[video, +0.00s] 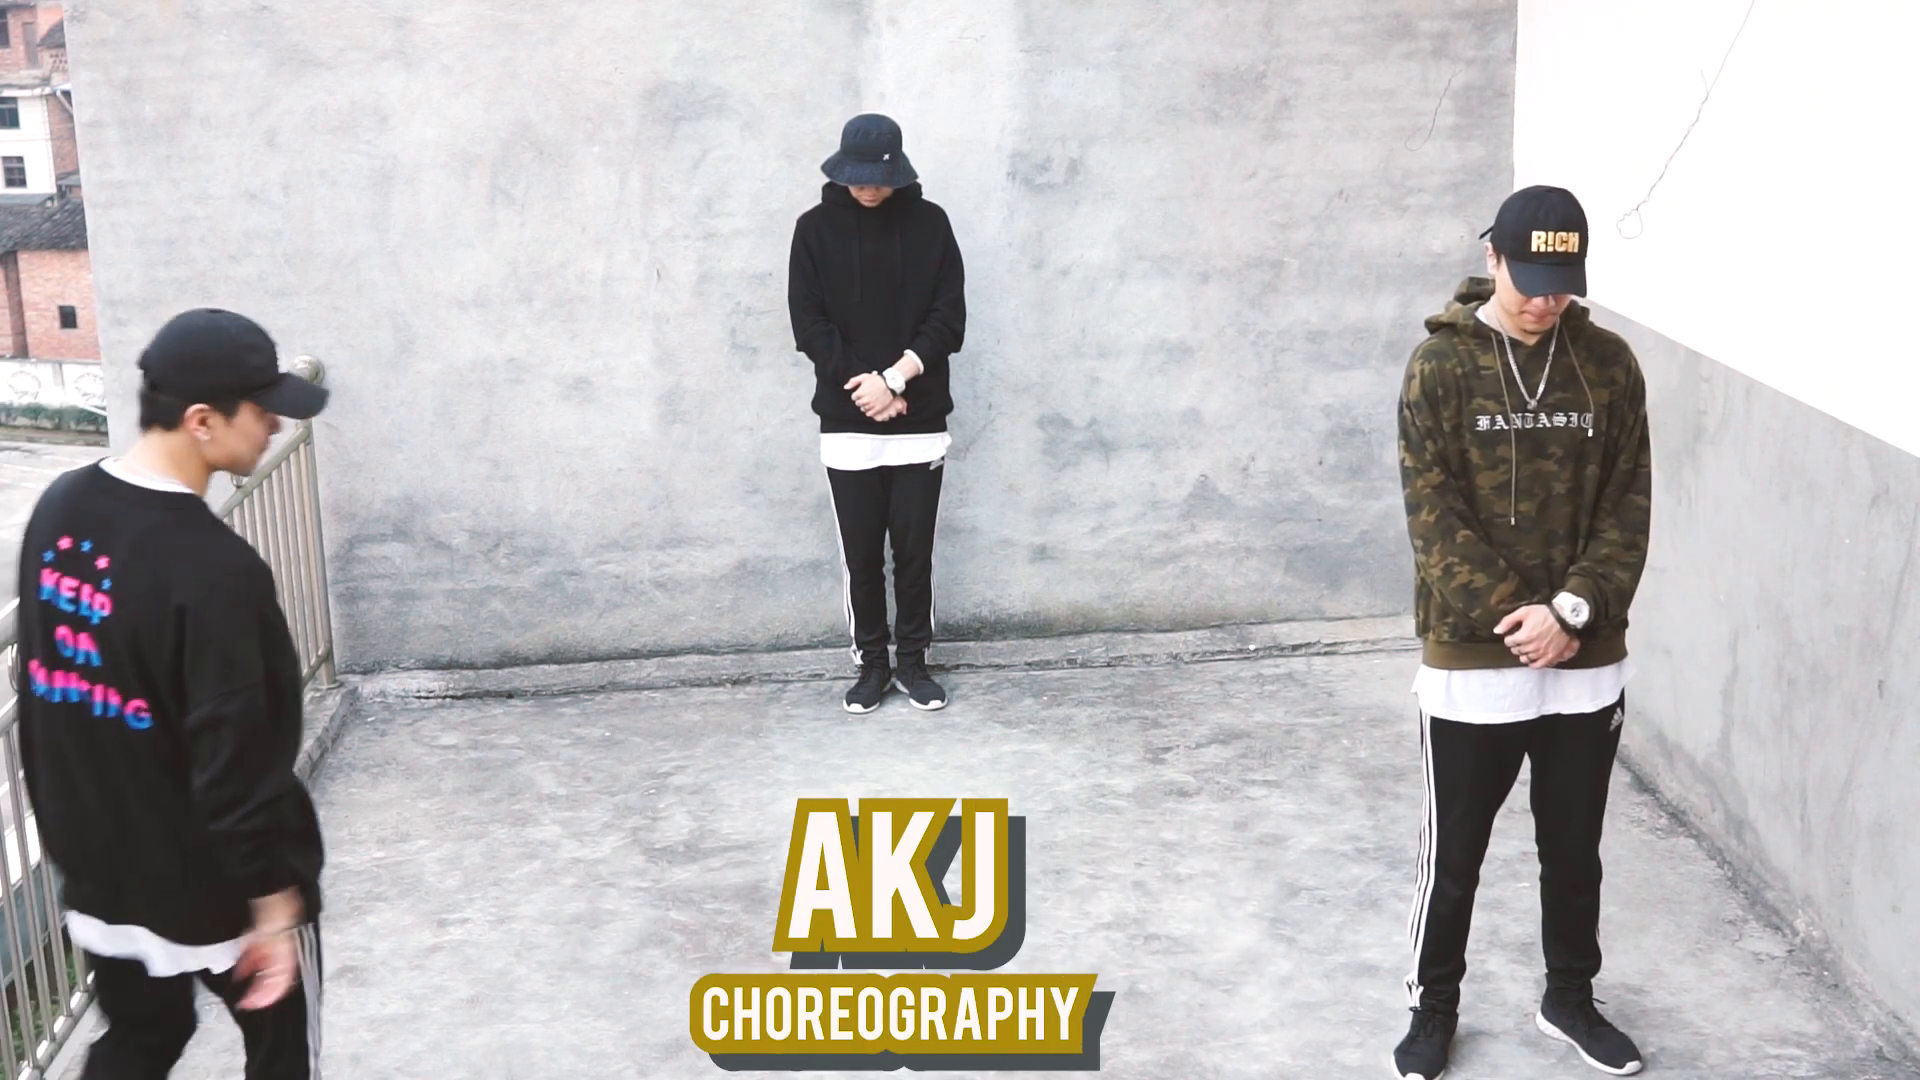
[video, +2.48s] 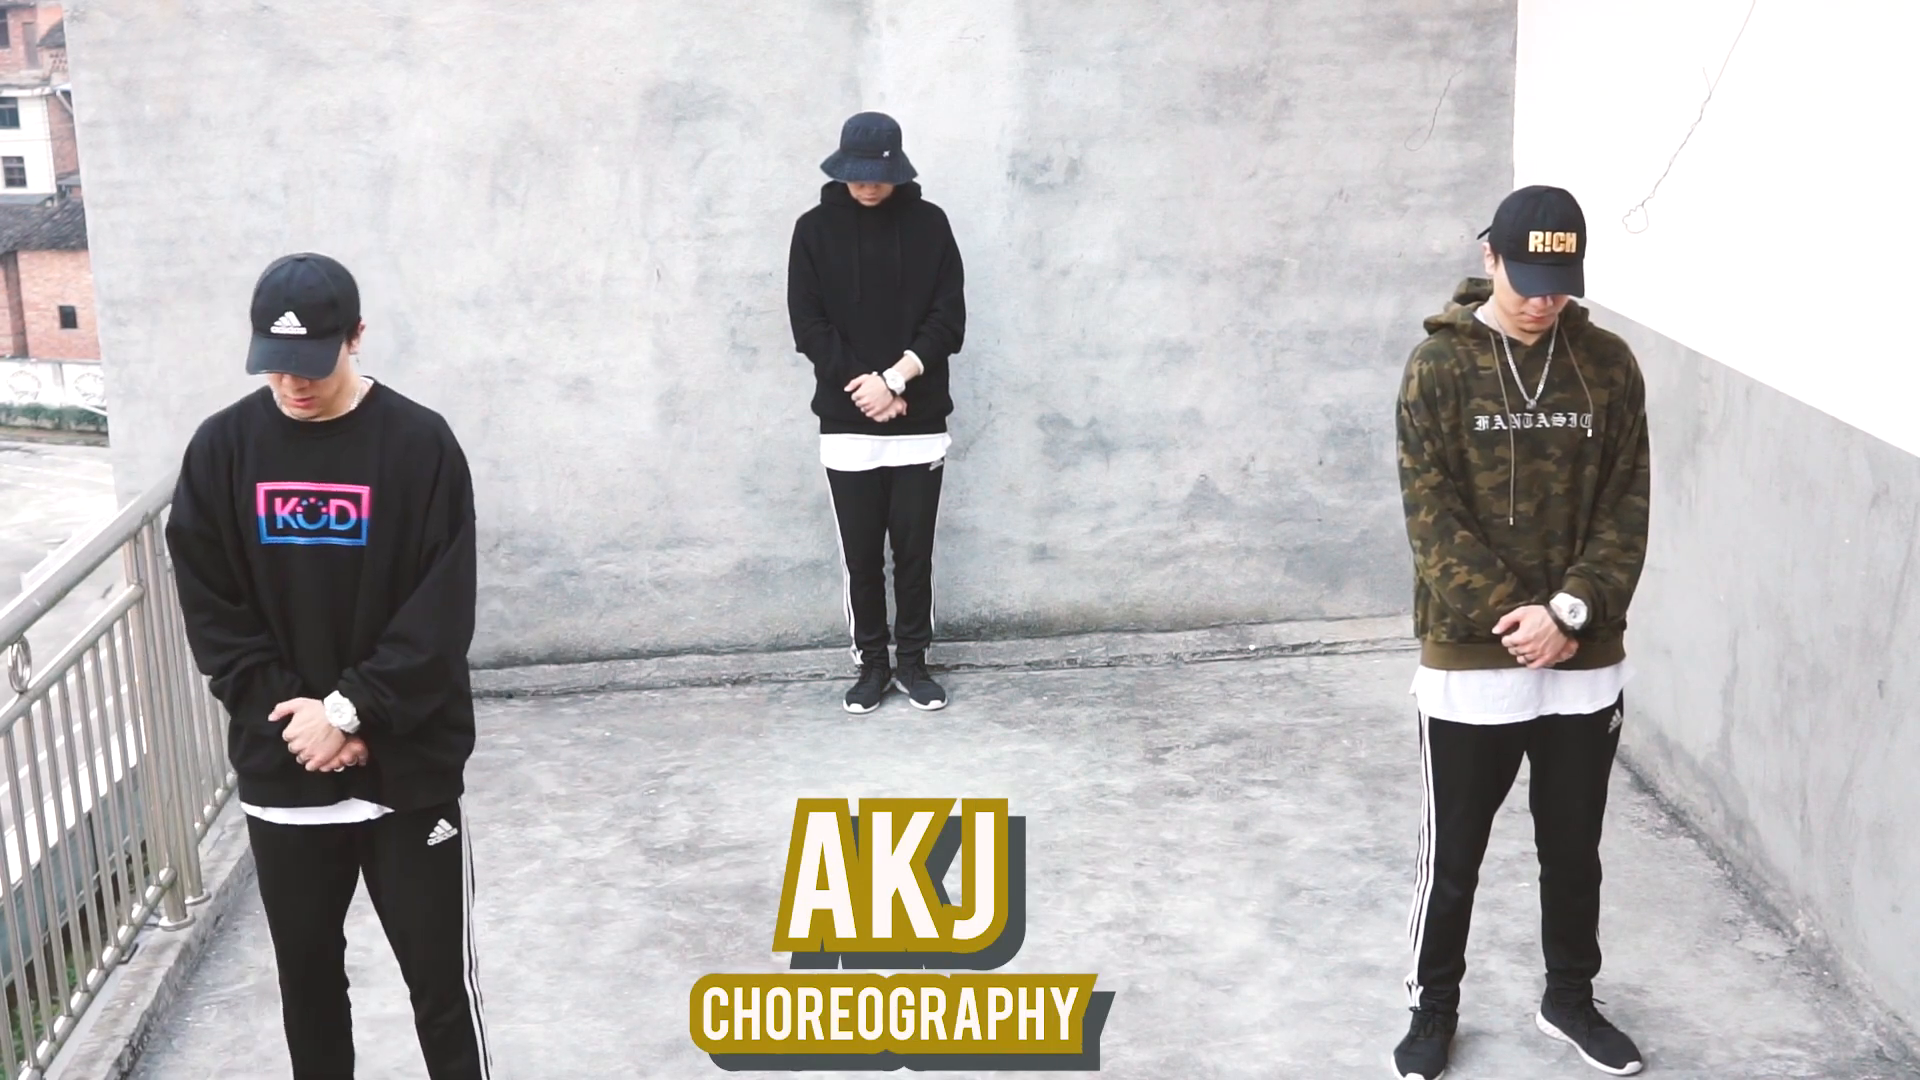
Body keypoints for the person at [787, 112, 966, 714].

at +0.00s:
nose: (869, 189)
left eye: (880, 179)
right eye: (858, 178)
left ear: (898, 173)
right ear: (841, 173)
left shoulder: (929, 222)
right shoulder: (815, 228)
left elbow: (949, 317)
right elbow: (808, 325)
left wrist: (895, 374)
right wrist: (864, 387)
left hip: (920, 415)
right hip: (846, 419)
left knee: (913, 550)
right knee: (862, 553)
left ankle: (913, 663)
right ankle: (873, 667)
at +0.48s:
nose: (871, 189)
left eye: (882, 179)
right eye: (860, 178)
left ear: (900, 173)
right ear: (843, 173)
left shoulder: (930, 222)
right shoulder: (817, 228)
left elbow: (950, 317)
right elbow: (809, 324)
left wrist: (896, 375)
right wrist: (864, 387)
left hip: (921, 416)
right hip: (846, 419)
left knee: (914, 551)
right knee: (862, 554)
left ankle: (913, 664)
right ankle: (873, 667)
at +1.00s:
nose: (869, 189)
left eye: (881, 179)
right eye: (859, 178)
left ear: (900, 173)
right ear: (843, 173)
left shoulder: (930, 222)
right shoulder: (817, 228)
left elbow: (950, 318)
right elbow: (808, 325)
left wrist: (897, 375)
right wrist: (865, 387)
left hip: (920, 416)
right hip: (846, 419)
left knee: (913, 550)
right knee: (862, 553)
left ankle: (913, 663)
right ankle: (873, 667)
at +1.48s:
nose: (868, 188)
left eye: (879, 177)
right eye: (857, 177)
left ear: (898, 172)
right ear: (841, 173)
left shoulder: (928, 222)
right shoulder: (815, 228)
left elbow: (949, 317)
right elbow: (807, 324)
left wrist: (897, 374)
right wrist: (863, 387)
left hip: (920, 415)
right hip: (846, 418)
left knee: (913, 549)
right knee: (861, 552)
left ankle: (913, 663)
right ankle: (873, 667)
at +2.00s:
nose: (868, 187)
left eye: (879, 177)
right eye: (857, 176)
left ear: (898, 172)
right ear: (841, 172)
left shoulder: (928, 222)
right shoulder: (814, 228)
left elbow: (949, 317)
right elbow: (806, 325)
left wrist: (896, 374)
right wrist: (863, 387)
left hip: (919, 416)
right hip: (845, 419)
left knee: (913, 549)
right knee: (861, 552)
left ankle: (912, 663)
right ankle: (872, 666)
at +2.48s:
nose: (867, 187)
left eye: (879, 176)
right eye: (857, 176)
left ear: (898, 171)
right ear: (841, 171)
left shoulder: (928, 222)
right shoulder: (815, 228)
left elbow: (949, 318)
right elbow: (807, 324)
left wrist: (895, 374)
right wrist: (864, 387)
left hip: (920, 416)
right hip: (846, 419)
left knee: (913, 549)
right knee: (862, 553)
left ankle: (913, 663)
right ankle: (873, 667)